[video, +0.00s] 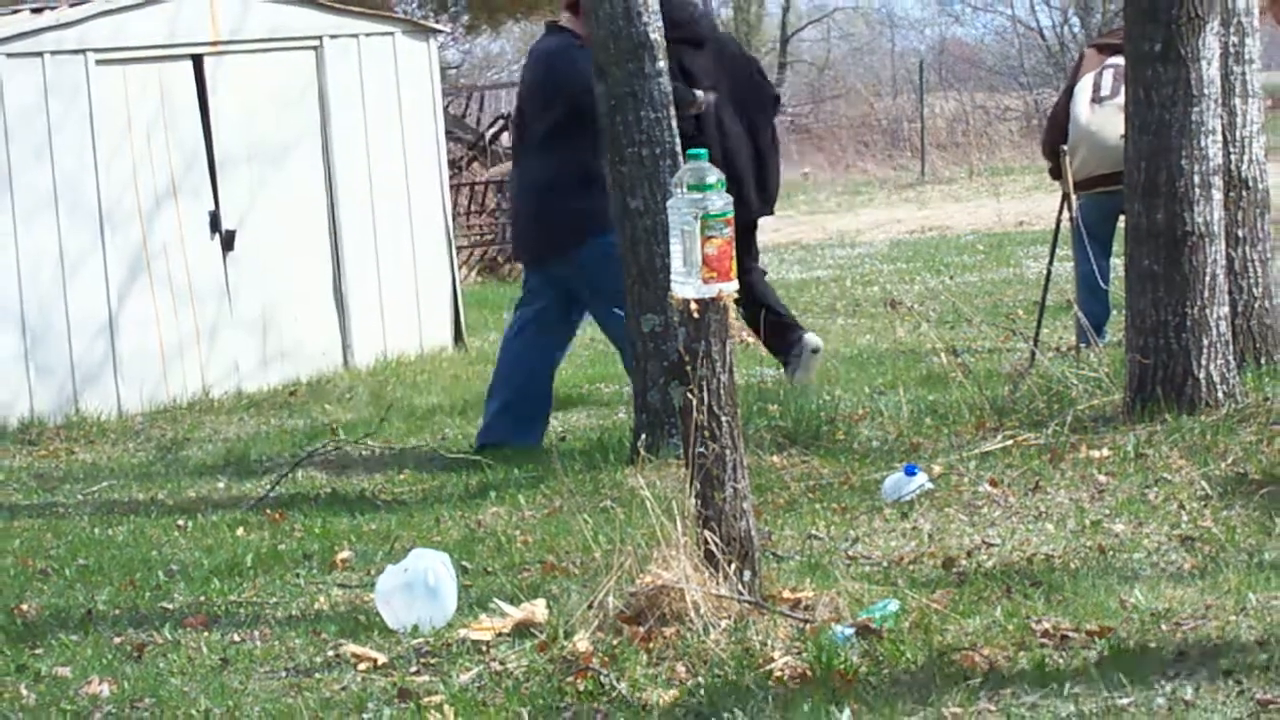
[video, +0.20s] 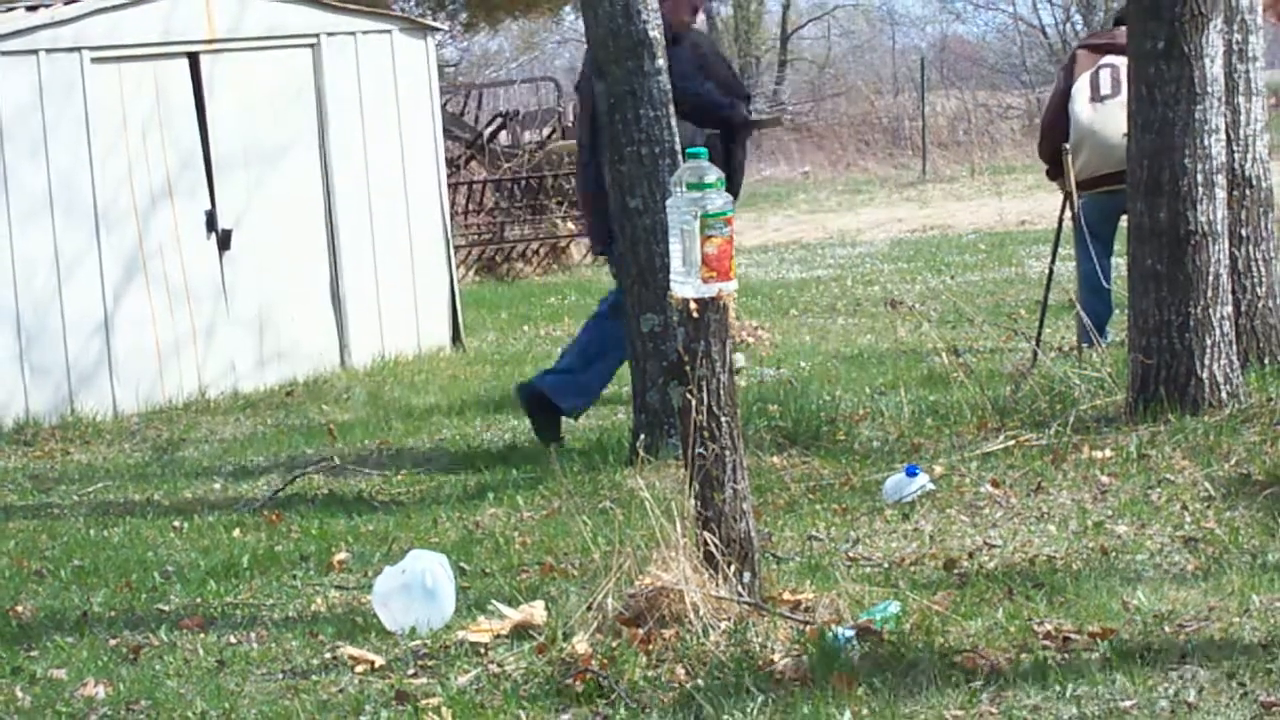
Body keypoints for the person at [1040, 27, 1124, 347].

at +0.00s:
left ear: (1115, 26)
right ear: (1148, 24)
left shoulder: (1091, 56)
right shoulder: (1163, 51)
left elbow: (1060, 117)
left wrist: (1058, 163)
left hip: (1095, 173)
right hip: (1150, 174)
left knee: (1091, 254)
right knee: (1154, 256)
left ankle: (1090, 341)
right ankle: (1157, 340)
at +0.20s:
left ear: (1113, 22)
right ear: (1142, 23)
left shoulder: (1082, 56)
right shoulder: (1158, 50)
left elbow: (1053, 123)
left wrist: (1056, 165)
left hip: (1095, 177)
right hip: (1151, 175)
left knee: (1093, 257)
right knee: (1154, 258)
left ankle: (1092, 342)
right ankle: (1158, 341)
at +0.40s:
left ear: (1087, 30)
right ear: (1125, 29)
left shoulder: (1066, 60)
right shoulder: (1142, 52)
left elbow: (1046, 119)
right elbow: (1166, 111)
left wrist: (1051, 171)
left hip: (1092, 177)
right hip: (1147, 171)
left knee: (1091, 257)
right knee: (1154, 254)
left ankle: (1091, 340)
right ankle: (1160, 337)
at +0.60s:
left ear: (1059, 33)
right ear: (1097, 30)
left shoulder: (1044, 61)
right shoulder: (1122, 53)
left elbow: (1030, 126)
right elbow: (1149, 106)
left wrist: (1043, 177)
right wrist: (1147, 157)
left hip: (1080, 178)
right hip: (1133, 170)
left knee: (1083, 259)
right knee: (1150, 254)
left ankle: (1089, 339)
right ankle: (1162, 334)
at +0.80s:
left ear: (1037, 35)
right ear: (1073, 30)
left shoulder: (1026, 62)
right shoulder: (1108, 51)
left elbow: (1018, 129)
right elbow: (1140, 101)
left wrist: (1036, 183)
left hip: (1072, 177)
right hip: (1126, 166)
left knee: (1079, 264)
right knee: (1148, 250)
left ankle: (1088, 342)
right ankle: (1169, 328)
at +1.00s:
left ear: (1021, 38)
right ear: (1058, 30)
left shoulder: (1016, 65)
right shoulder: (1093, 50)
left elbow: (1014, 132)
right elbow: (1130, 96)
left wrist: (1025, 181)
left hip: (1064, 177)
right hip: (1120, 163)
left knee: (1075, 255)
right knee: (1122, 216)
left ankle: (1087, 341)